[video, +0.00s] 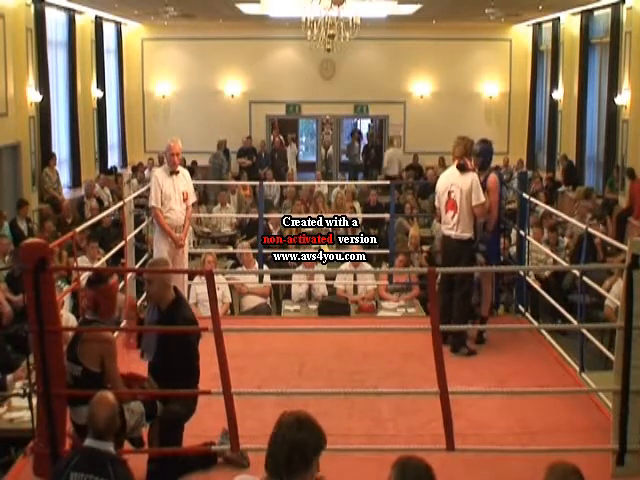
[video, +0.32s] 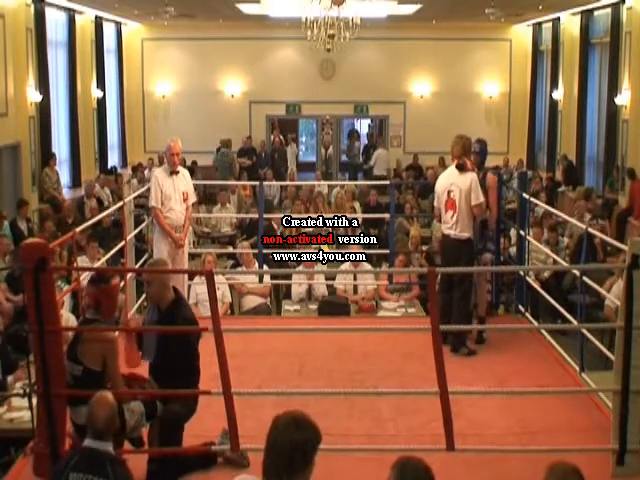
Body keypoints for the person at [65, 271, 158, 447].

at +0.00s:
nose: (116, 300)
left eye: (115, 293)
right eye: (112, 294)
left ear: (91, 298)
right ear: (98, 298)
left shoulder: (83, 327)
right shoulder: (104, 337)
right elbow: (116, 390)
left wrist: (129, 384)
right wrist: (138, 395)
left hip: (77, 411)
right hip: (93, 415)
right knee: (152, 406)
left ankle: (133, 430)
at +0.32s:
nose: (120, 299)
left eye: (118, 292)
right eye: (115, 293)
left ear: (92, 296)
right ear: (102, 297)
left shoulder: (83, 326)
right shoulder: (106, 336)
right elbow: (117, 390)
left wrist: (129, 383)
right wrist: (139, 394)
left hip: (76, 411)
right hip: (94, 416)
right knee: (152, 405)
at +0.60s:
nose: (121, 299)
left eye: (120, 293)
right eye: (117, 294)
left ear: (95, 298)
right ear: (103, 298)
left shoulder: (83, 325)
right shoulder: (109, 335)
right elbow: (119, 391)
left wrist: (131, 385)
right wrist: (140, 395)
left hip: (76, 412)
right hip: (95, 416)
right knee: (152, 405)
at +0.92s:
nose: (120, 301)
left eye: (119, 295)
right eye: (117, 295)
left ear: (94, 298)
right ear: (104, 299)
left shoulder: (83, 325)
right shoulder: (108, 336)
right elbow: (117, 388)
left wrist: (129, 384)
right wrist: (139, 396)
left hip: (76, 410)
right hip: (94, 415)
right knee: (153, 406)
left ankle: (133, 430)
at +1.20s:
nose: (120, 304)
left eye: (120, 298)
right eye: (117, 298)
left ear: (94, 300)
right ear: (105, 300)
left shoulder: (83, 328)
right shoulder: (105, 339)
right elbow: (116, 389)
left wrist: (130, 384)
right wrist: (140, 395)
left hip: (76, 410)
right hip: (94, 414)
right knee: (152, 406)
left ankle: (133, 430)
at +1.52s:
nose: (120, 305)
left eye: (121, 299)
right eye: (117, 299)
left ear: (95, 300)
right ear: (103, 301)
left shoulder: (83, 328)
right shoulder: (105, 339)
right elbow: (115, 387)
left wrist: (130, 385)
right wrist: (140, 395)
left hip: (77, 410)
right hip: (93, 415)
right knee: (152, 406)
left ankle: (133, 430)